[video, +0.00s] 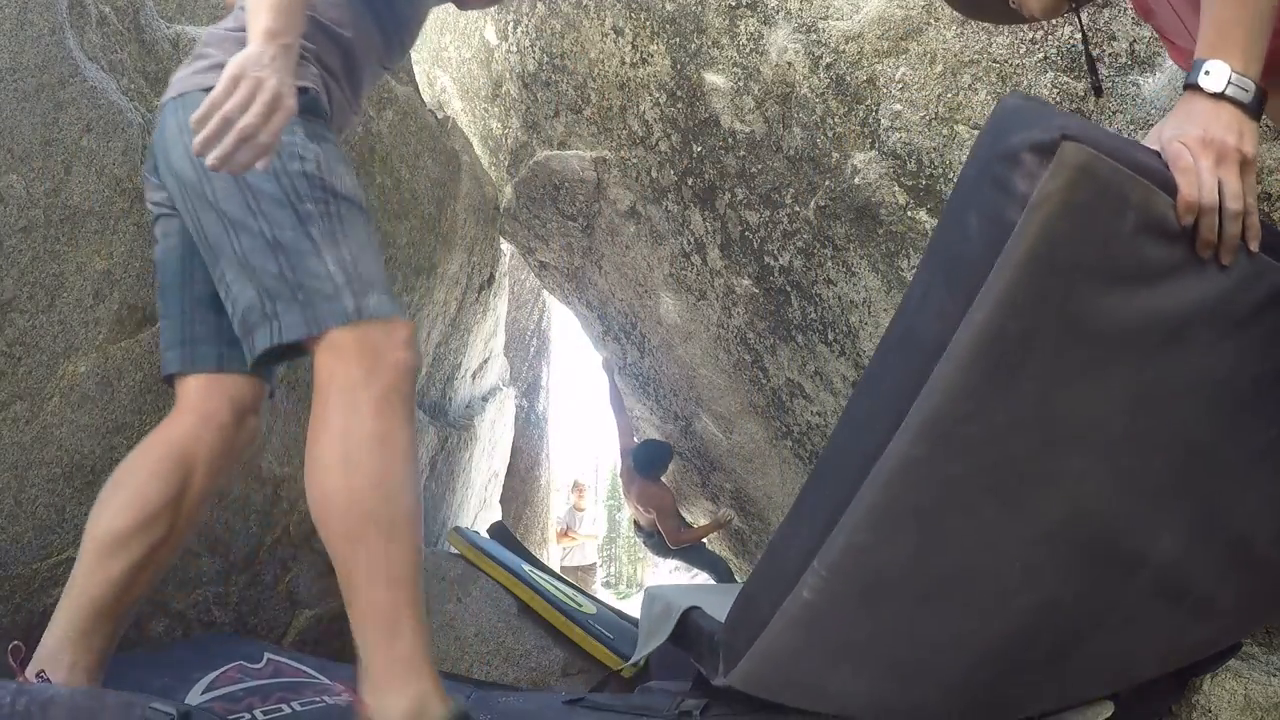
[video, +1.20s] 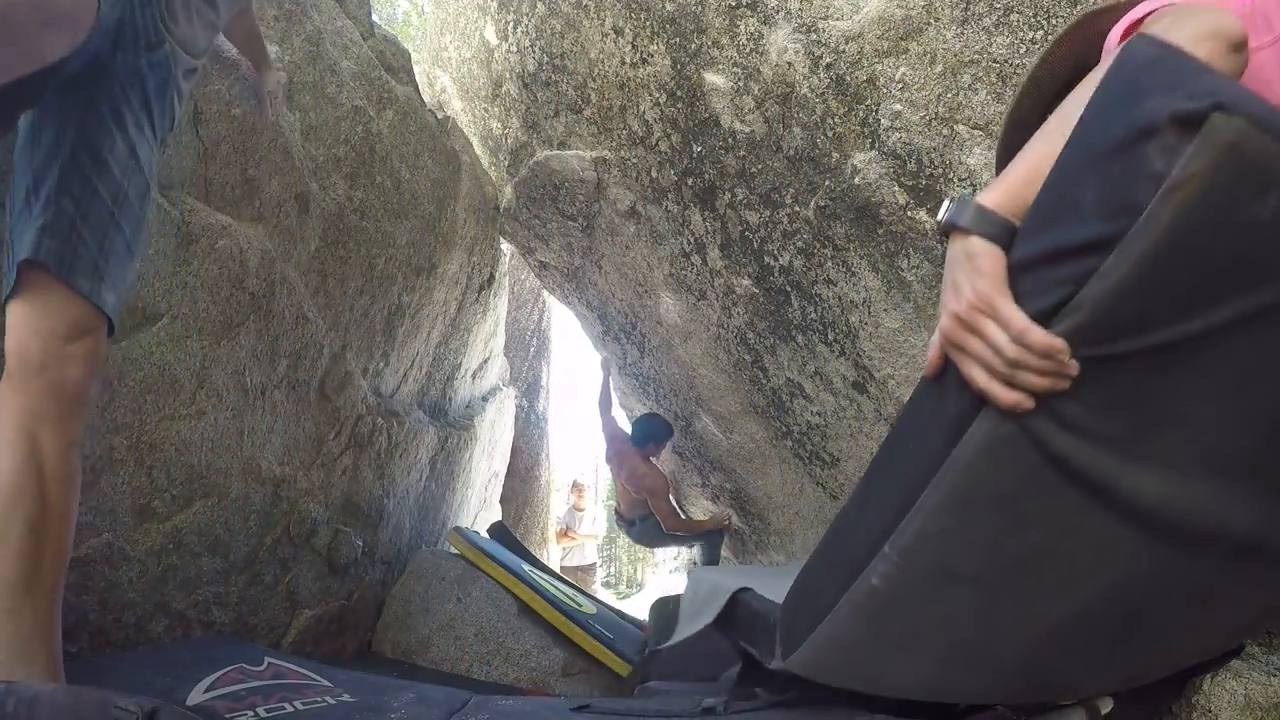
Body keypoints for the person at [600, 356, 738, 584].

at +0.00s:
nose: (668, 462)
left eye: (667, 457)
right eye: (666, 460)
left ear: (637, 452)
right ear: (660, 468)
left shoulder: (627, 460)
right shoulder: (660, 497)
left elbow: (620, 415)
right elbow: (676, 540)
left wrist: (610, 376)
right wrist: (715, 525)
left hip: (642, 530)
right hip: (662, 540)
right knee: (716, 564)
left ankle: (696, 546)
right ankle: (737, 599)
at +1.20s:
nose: (664, 448)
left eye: (665, 444)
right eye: (663, 444)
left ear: (636, 432)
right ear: (652, 444)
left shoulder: (616, 440)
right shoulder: (653, 480)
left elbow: (604, 409)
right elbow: (673, 525)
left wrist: (605, 375)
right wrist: (710, 524)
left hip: (621, 518)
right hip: (644, 528)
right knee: (712, 534)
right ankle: (707, 584)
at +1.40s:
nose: (665, 446)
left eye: (666, 442)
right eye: (664, 442)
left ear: (637, 429)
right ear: (655, 444)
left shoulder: (616, 438)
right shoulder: (654, 479)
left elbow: (603, 411)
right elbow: (672, 524)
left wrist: (605, 375)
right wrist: (710, 524)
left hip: (617, 517)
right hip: (641, 529)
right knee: (704, 511)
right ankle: (693, 549)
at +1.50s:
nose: (666, 446)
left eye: (667, 442)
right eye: (665, 442)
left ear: (637, 430)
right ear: (655, 445)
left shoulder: (616, 438)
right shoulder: (654, 478)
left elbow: (603, 411)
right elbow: (671, 524)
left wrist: (605, 375)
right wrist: (711, 524)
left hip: (616, 517)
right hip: (638, 528)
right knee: (701, 500)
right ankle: (689, 537)